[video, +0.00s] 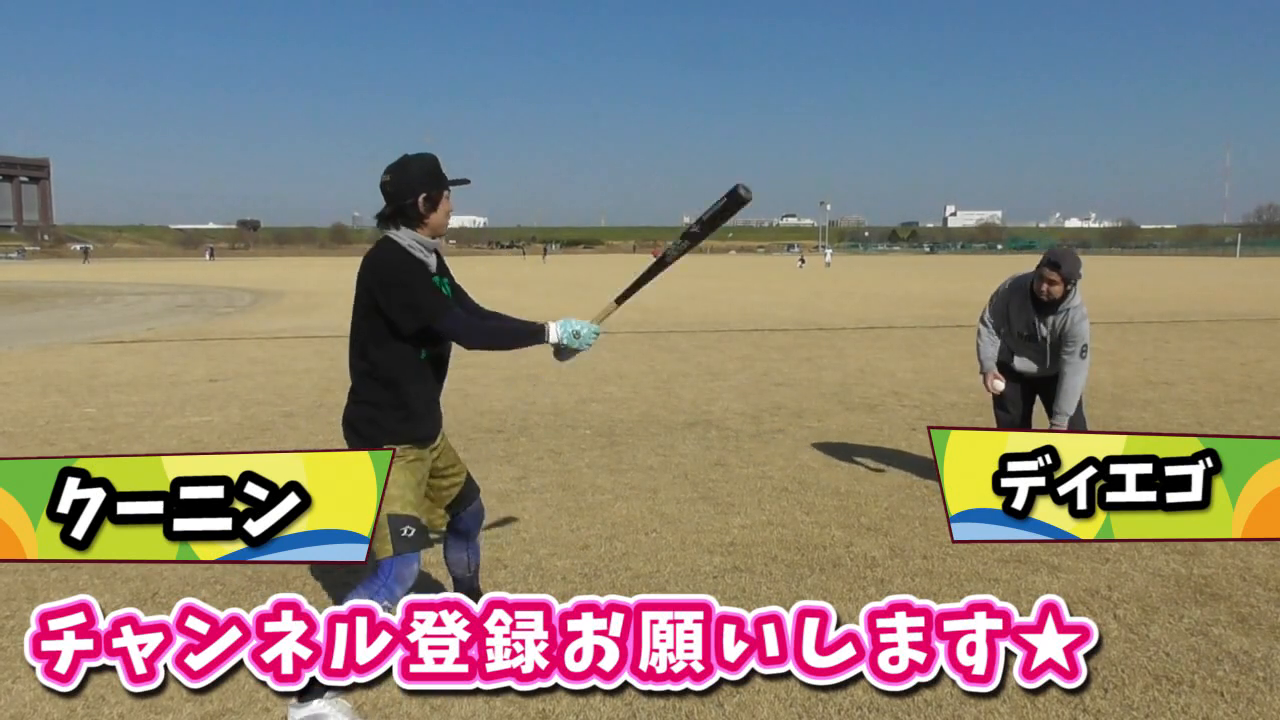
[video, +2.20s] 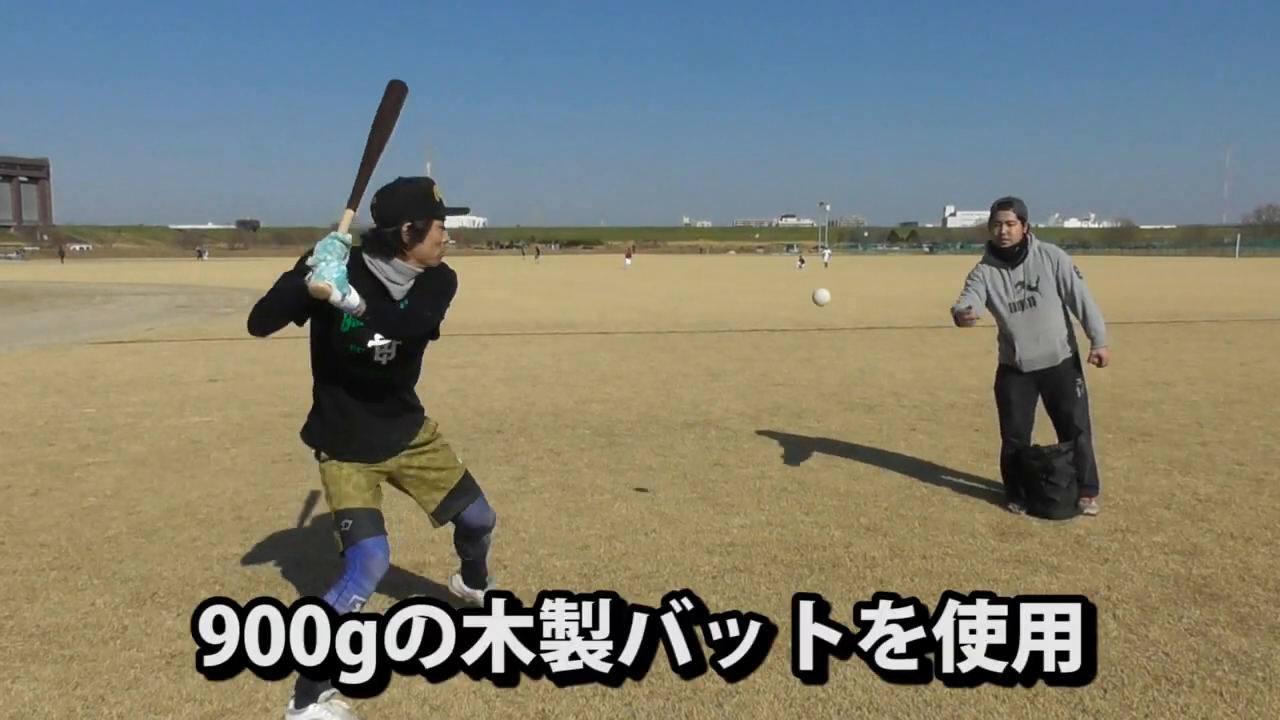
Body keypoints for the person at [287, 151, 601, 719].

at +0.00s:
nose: (452, 205)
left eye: (449, 196)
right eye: (446, 197)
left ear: (416, 204)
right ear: (426, 204)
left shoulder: (424, 256)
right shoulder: (395, 262)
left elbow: (473, 318)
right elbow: (461, 326)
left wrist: (549, 332)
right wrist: (549, 332)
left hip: (420, 430)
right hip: (388, 436)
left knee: (466, 509)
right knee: (398, 566)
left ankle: (468, 615)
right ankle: (315, 689)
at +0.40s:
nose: (419, 191)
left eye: (417, 182)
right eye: (413, 183)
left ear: (387, 188)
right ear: (390, 189)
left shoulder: (403, 242)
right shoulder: (339, 248)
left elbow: (445, 306)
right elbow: (405, 309)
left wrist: (500, 300)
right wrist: (487, 285)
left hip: (382, 416)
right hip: (337, 424)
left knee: (416, 513)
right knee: (361, 552)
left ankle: (384, 611)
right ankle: (310, 692)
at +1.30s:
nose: (403, 210)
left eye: (403, 201)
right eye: (398, 201)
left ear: (361, 205)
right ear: (373, 204)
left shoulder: (389, 258)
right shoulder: (298, 248)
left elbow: (437, 313)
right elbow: (344, 282)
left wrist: (451, 269)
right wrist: (424, 235)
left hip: (352, 431)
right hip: (297, 441)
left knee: (425, 525)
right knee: (353, 568)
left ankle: (394, 605)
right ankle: (307, 697)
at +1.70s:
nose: (397, 208)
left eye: (397, 200)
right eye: (390, 199)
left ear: (376, 206)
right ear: (357, 204)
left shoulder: (389, 256)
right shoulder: (278, 246)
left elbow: (403, 319)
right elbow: (257, 299)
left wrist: (364, 275)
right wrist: (338, 254)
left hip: (360, 415)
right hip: (294, 422)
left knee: (415, 485)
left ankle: (438, 619)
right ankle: (306, 694)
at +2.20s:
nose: (446, 235)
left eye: (444, 225)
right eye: (437, 227)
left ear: (413, 233)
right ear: (407, 233)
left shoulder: (439, 279)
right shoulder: (337, 263)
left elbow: (411, 329)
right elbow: (260, 323)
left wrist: (349, 299)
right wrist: (312, 275)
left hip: (407, 428)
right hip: (344, 440)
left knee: (477, 520)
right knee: (368, 563)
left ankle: (474, 588)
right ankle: (308, 696)